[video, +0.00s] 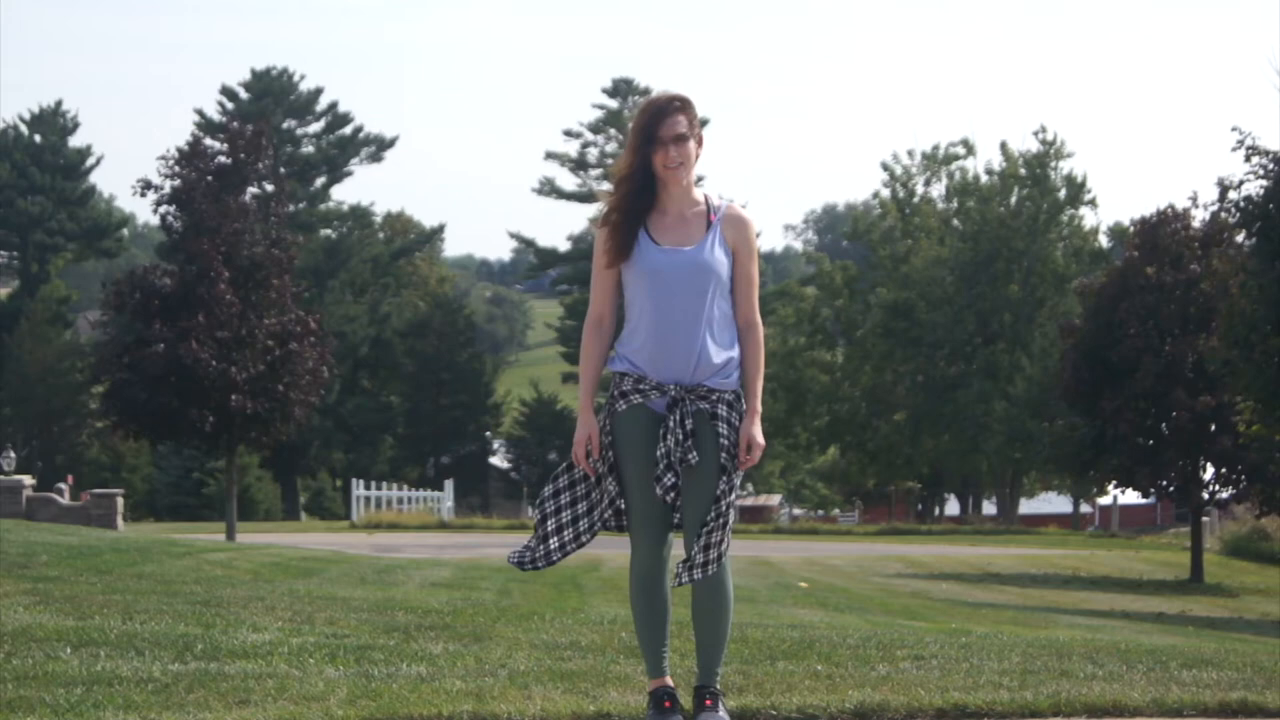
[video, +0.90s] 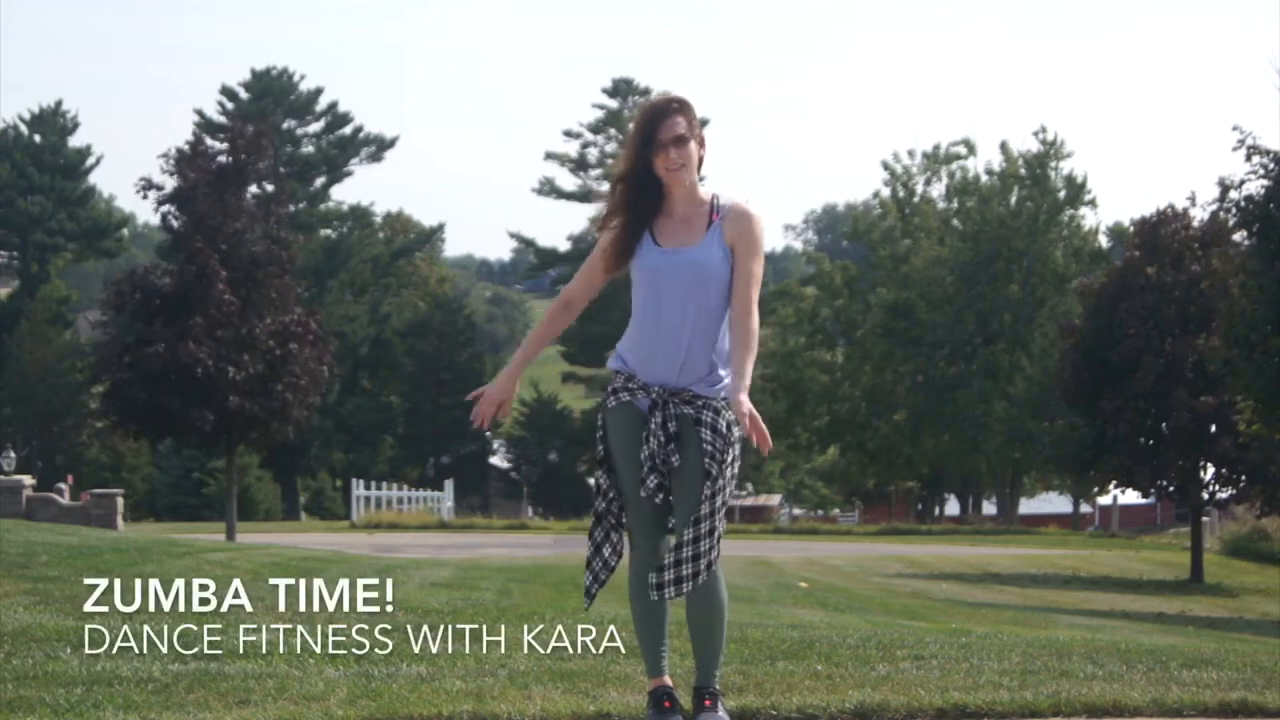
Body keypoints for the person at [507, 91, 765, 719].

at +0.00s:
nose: (674, 150)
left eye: (684, 139)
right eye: (662, 141)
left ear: (701, 144)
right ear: (645, 151)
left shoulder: (732, 223)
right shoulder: (618, 225)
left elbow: (749, 322)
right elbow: (599, 321)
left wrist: (754, 410)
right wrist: (585, 408)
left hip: (714, 395)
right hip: (638, 392)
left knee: (707, 544)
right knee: (649, 543)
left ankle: (709, 691)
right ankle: (660, 685)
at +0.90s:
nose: (677, 151)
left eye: (685, 139)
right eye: (664, 143)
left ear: (701, 144)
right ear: (647, 156)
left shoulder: (738, 222)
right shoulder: (632, 226)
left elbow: (745, 312)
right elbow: (570, 302)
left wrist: (740, 391)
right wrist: (509, 374)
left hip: (704, 398)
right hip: (634, 392)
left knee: (696, 545)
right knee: (646, 541)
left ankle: (707, 692)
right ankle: (660, 686)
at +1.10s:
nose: (678, 164)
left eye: (687, 153)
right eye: (666, 156)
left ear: (702, 158)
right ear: (648, 166)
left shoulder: (731, 223)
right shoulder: (642, 243)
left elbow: (762, 314)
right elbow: (569, 311)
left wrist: (715, 361)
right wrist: (480, 336)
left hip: (702, 405)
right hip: (633, 399)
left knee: (685, 556)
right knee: (643, 548)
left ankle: (706, 694)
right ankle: (658, 686)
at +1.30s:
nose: (685, 164)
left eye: (693, 154)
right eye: (673, 154)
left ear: (702, 156)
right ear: (649, 158)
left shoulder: (726, 216)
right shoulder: (635, 238)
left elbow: (805, 287)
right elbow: (572, 321)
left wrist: (785, 373)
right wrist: (485, 348)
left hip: (705, 404)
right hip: (638, 398)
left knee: (689, 554)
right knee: (646, 550)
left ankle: (706, 694)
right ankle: (657, 686)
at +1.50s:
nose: (689, 161)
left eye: (697, 151)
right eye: (678, 151)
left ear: (705, 153)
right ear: (652, 154)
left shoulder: (723, 216)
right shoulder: (621, 228)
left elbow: (820, 260)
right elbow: (583, 311)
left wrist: (882, 323)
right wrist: (529, 361)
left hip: (719, 399)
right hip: (647, 398)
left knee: (705, 546)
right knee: (644, 545)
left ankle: (707, 692)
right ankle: (657, 686)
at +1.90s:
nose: (702, 167)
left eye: (711, 157)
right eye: (692, 156)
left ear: (718, 163)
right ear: (667, 157)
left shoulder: (724, 239)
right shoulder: (626, 226)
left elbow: (795, 306)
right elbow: (581, 307)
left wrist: (879, 302)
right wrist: (585, 374)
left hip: (740, 403)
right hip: (668, 406)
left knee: (728, 557)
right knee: (685, 554)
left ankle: (711, 692)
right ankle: (666, 692)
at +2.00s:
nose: (704, 169)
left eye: (713, 159)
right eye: (694, 157)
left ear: (721, 166)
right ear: (669, 160)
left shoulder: (722, 243)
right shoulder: (633, 226)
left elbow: (784, 322)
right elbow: (586, 302)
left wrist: (868, 307)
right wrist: (592, 381)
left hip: (739, 408)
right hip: (671, 410)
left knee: (728, 559)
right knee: (693, 557)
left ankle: (712, 691)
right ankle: (667, 691)